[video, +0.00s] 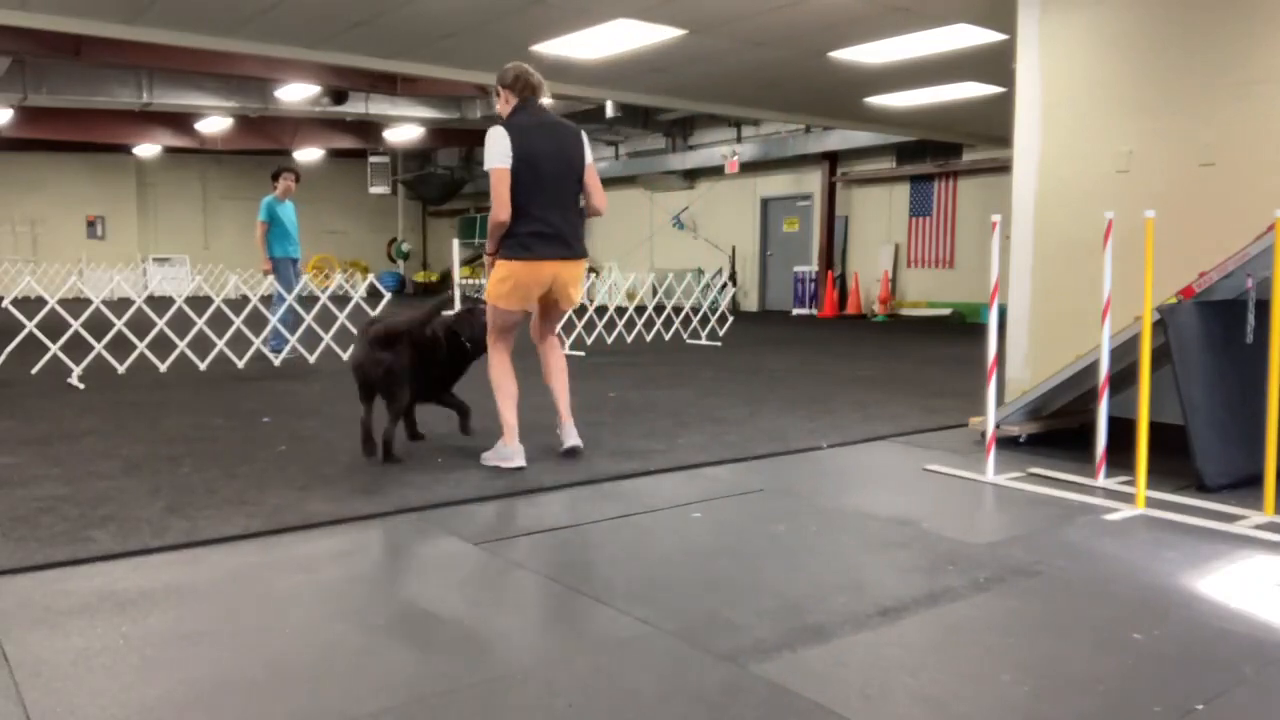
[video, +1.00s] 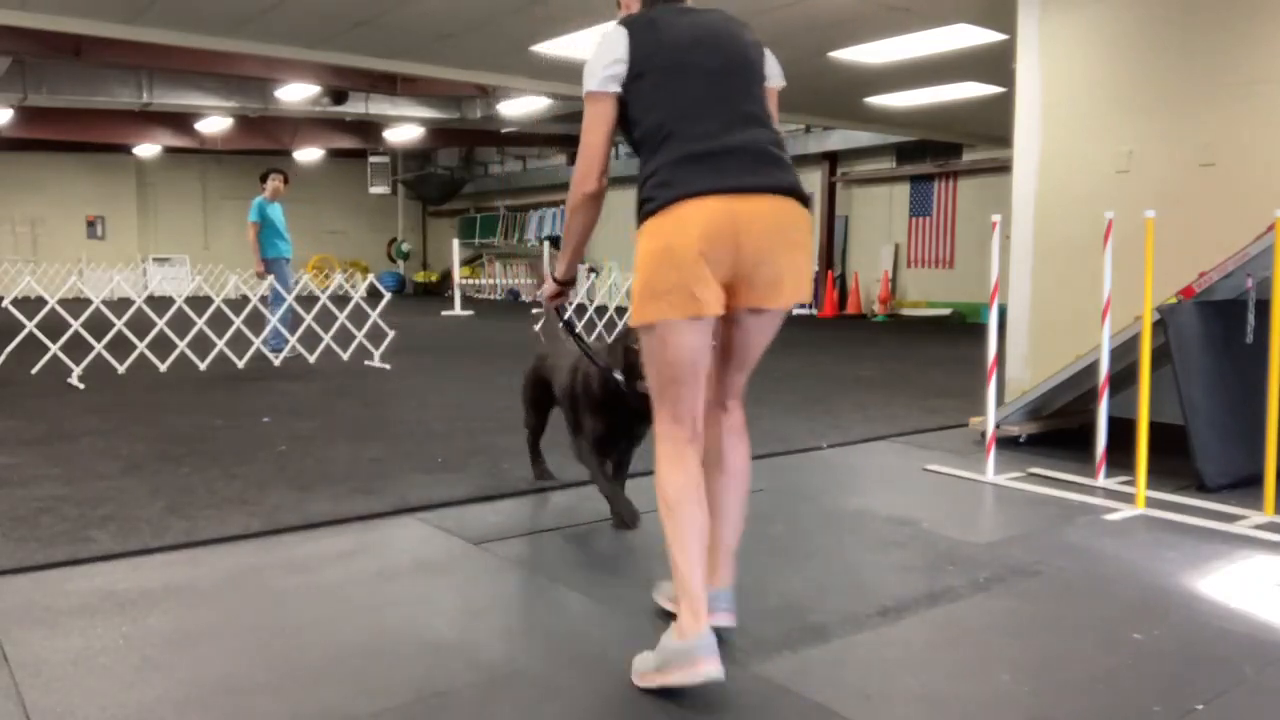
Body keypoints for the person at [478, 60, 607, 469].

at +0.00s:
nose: (497, 105)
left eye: (497, 98)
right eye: (497, 98)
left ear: (507, 95)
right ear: (538, 94)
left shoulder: (502, 133)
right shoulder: (574, 133)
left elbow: (502, 215)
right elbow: (597, 205)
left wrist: (491, 247)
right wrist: (564, 212)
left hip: (521, 260)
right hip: (570, 260)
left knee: (500, 342)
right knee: (547, 334)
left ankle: (511, 443)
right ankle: (568, 427)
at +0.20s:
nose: (505, 88)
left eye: (505, 81)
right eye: (505, 82)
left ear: (516, 77)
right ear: (552, 74)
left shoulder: (514, 114)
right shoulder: (588, 114)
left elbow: (506, 208)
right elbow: (602, 186)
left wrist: (495, 250)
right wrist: (566, 210)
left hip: (538, 251)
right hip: (593, 252)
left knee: (500, 339)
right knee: (550, 354)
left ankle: (497, 445)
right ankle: (574, 462)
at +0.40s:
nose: (523, 65)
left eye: (523, 59)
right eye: (523, 59)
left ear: (532, 55)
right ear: (573, 51)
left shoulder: (518, 94)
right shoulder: (612, 93)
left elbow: (504, 189)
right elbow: (626, 179)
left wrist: (503, 242)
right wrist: (581, 181)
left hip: (539, 248)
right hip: (605, 248)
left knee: (526, 367)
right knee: (582, 359)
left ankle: (540, 458)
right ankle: (578, 470)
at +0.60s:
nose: (541, 40)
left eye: (541, 33)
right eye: (543, 33)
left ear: (549, 30)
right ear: (596, 26)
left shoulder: (537, 70)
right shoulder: (641, 70)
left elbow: (519, 184)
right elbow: (658, 168)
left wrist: (519, 245)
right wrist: (611, 169)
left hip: (562, 242)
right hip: (636, 242)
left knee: (551, 379)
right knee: (609, 364)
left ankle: (552, 523)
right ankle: (639, 483)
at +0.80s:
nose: (578, 20)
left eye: (578, 14)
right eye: (581, 15)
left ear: (586, 14)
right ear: (642, 11)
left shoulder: (580, 60)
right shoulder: (690, 60)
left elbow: (554, 185)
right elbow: (722, 168)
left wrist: (543, 247)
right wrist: (656, 179)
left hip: (620, 240)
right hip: (703, 241)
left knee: (571, 377)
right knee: (651, 406)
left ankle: (594, 529)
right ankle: (672, 573)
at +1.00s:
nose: (616, 14)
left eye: (615, 10)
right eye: (617, 11)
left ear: (629, 4)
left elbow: (589, 181)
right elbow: (770, 143)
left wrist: (564, 268)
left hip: (685, 220)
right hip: (778, 216)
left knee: (678, 426)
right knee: (726, 403)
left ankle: (692, 630)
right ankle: (715, 588)